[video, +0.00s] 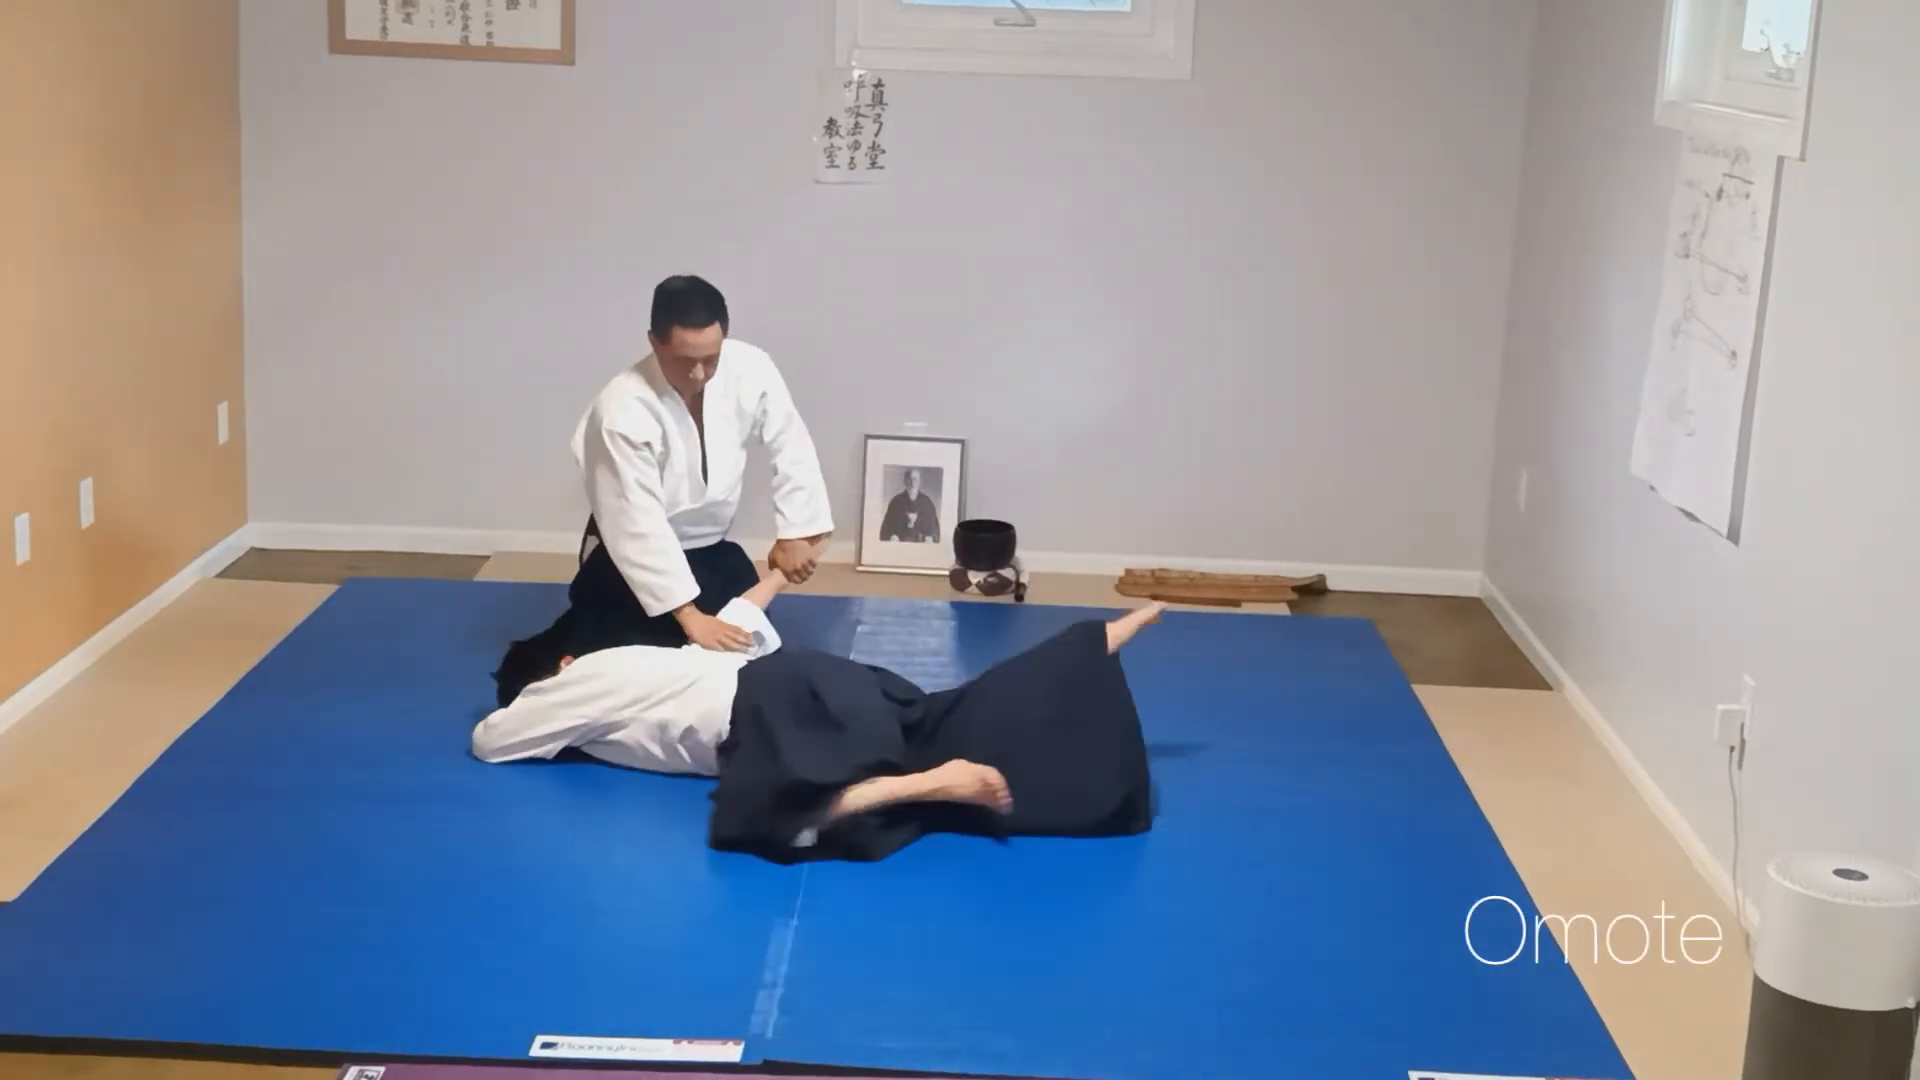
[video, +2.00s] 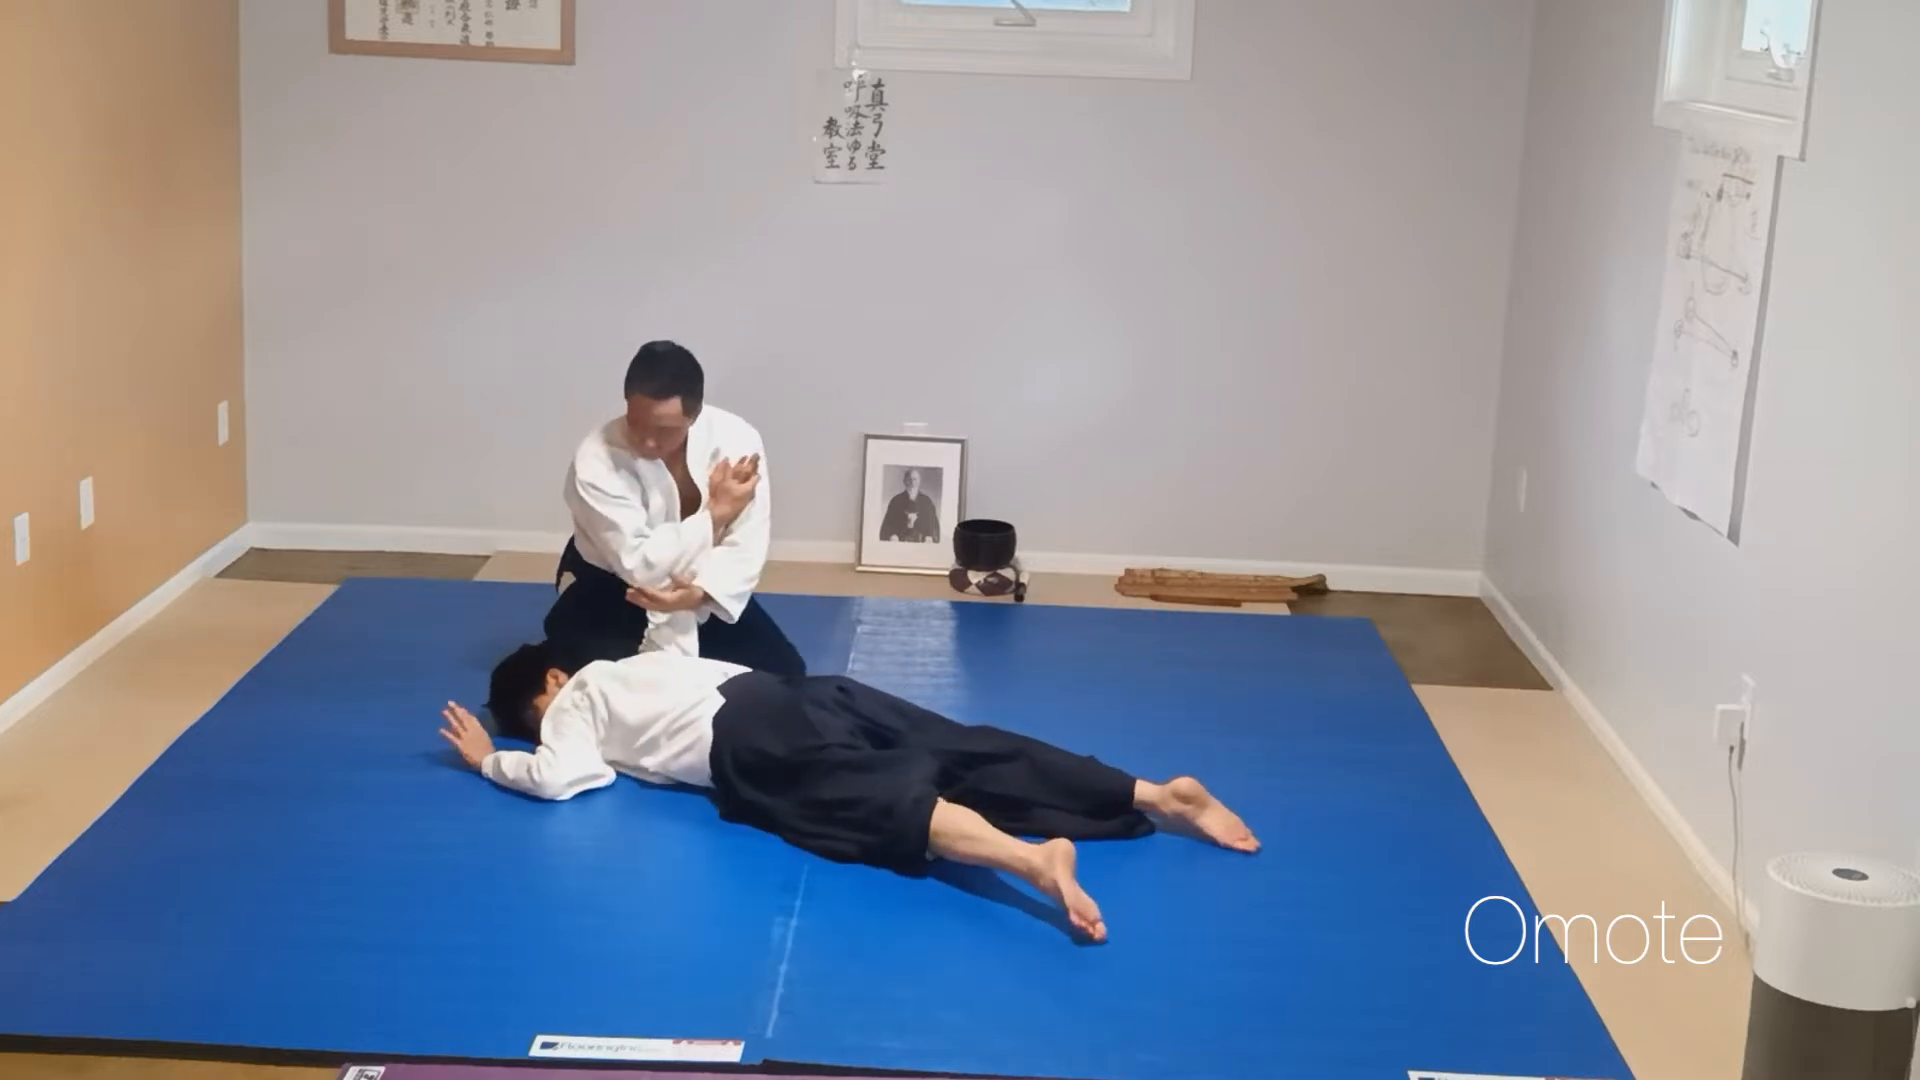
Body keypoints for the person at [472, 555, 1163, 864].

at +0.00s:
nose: (541, 708)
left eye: (536, 698)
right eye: (538, 698)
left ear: (553, 674)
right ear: (580, 653)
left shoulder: (585, 684)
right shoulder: (653, 666)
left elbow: (491, 741)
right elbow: (728, 632)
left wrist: (549, 709)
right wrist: (766, 587)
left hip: (768, 708)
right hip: (808, 673)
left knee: (779, 815)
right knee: (942, 727)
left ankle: (934, 783)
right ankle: (1096, 640)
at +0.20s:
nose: (543, 713)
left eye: (539, 703)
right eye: (542, 702)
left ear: (560, 681)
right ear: (581, 657)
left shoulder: (586, 691)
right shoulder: (659, 661)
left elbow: (504, 758)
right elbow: (740, 634)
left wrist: (475, 721)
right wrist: (765, 592)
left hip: (782, 725)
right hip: (817, 681)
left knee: (896, 815)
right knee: (964, 733)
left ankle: (1026, 761)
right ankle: (1134, 679)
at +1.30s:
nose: (544, 722)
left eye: (535, 710)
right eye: (540, 712)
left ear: (558, 685)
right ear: (576, 668)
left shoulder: (583, 699)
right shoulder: (659, 662)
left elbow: (571, 771)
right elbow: (727, 645)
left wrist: (484, 760)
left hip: (762, 732)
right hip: (811, 684)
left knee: (880, 808)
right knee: (966, 747)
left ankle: (1011, 878)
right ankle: (1163, 797)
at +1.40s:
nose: (539, 726)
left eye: (532, 712)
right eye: (536, 714)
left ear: (552, 689)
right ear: (573, 668)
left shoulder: (579, 701)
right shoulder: (653, 658)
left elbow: (563, 778)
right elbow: (716, 627)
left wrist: (484, 759)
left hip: (760, 740)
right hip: (807, 685)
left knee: (885, 809)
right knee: (966, 745)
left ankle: (1022, 863)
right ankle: (1165, 795)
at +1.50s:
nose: (534, 726)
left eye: (527, 712)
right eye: (530, 712)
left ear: (547, 692)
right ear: (570, 668)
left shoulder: (575, 706)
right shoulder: (652, 653)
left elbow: (560, 778)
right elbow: (708, 623)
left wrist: (483, 759)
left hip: (754, 737)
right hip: (806, 687)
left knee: (885, 806)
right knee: (965, 745)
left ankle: (1035, 847)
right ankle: (1165, 795)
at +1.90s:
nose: (531, 719)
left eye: (524, 708)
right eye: (530, 707)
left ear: (539, 693)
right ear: (570, 668)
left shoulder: (569, 702)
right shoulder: (644, 656)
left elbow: (559, 779)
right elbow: (706, 636)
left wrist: (486, 759)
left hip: (749, 738)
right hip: (805, 687)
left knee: (888, 807)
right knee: (964, 748)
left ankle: (1031, 852)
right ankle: (1160, 796)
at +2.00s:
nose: (536, 720)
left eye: (527, 710)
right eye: (533, 709)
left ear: (546, 692)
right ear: (573, 664)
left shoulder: (573, 699)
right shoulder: (647, 660)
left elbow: (558, 778)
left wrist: (488, 759)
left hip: (748, 737)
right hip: (802, 687)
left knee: (889, 809)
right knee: (964, 748)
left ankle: (1030, 860)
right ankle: (1159, 797)